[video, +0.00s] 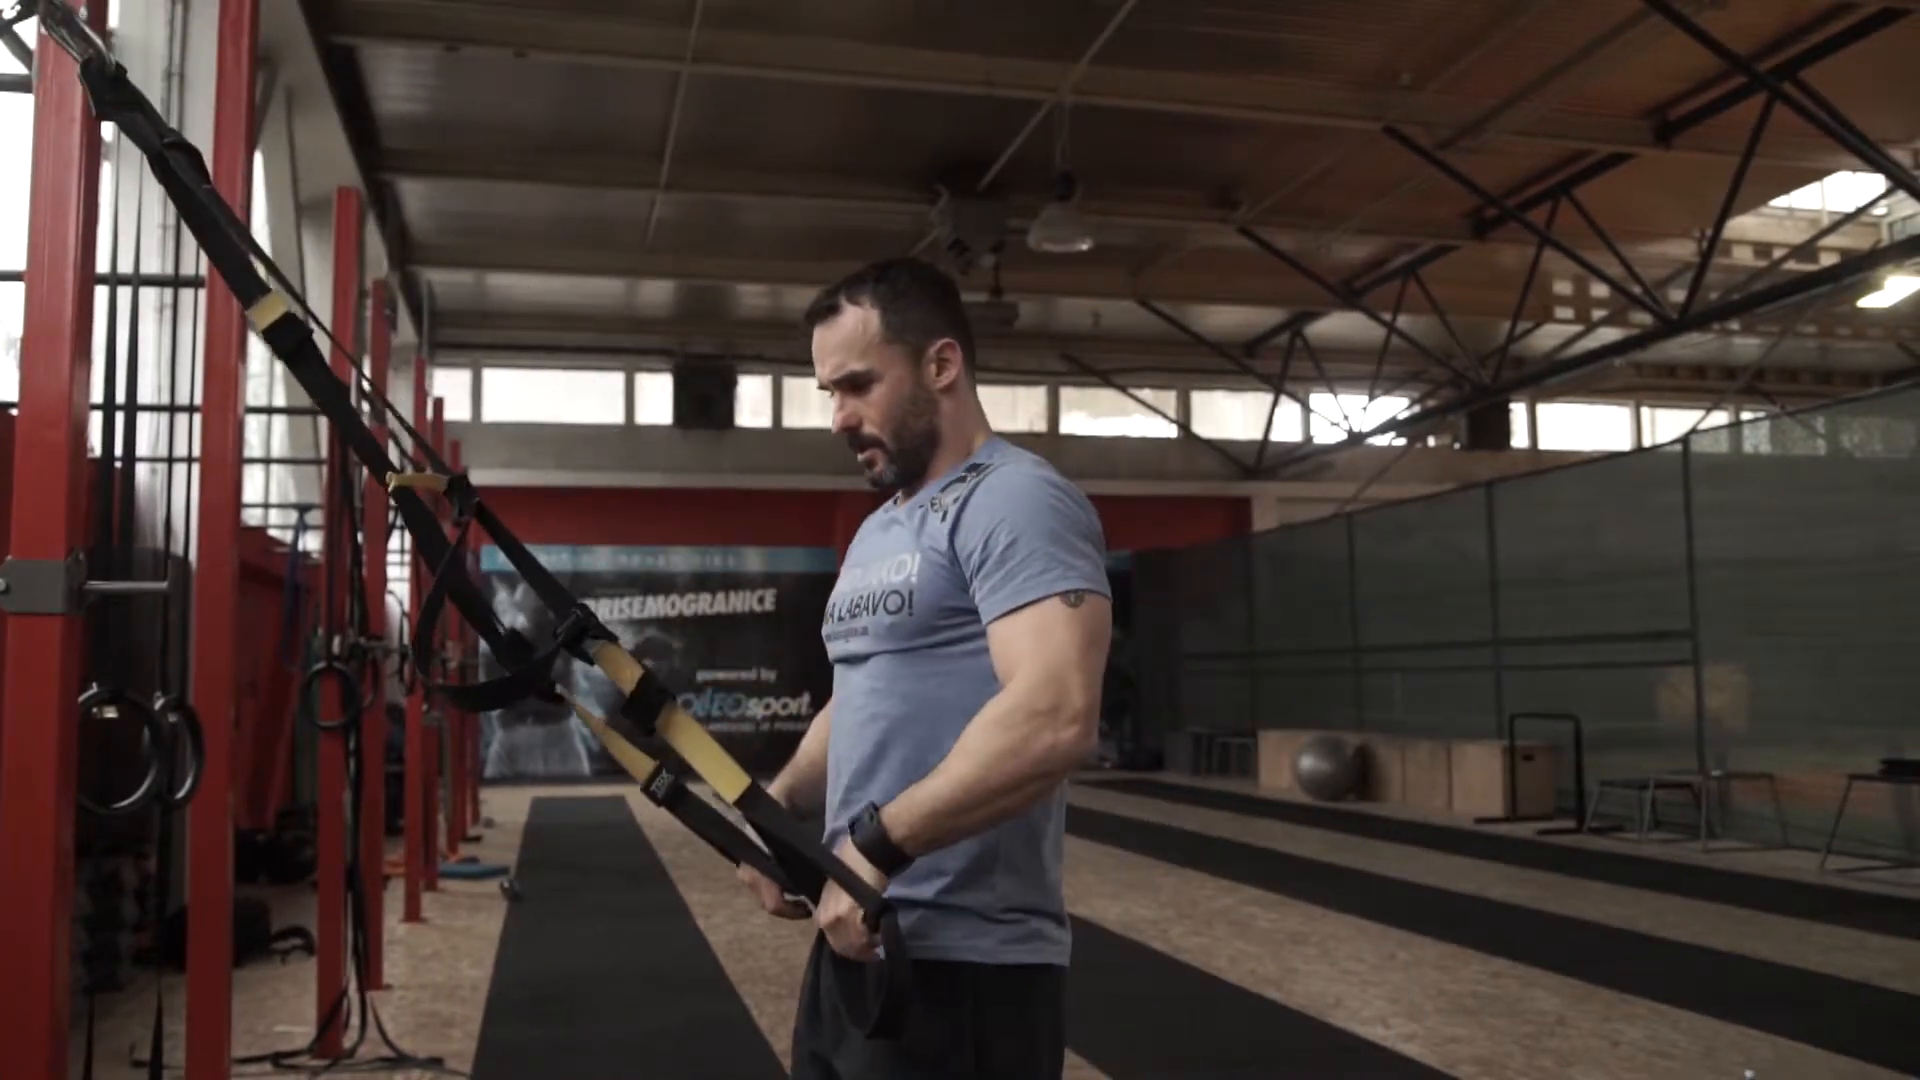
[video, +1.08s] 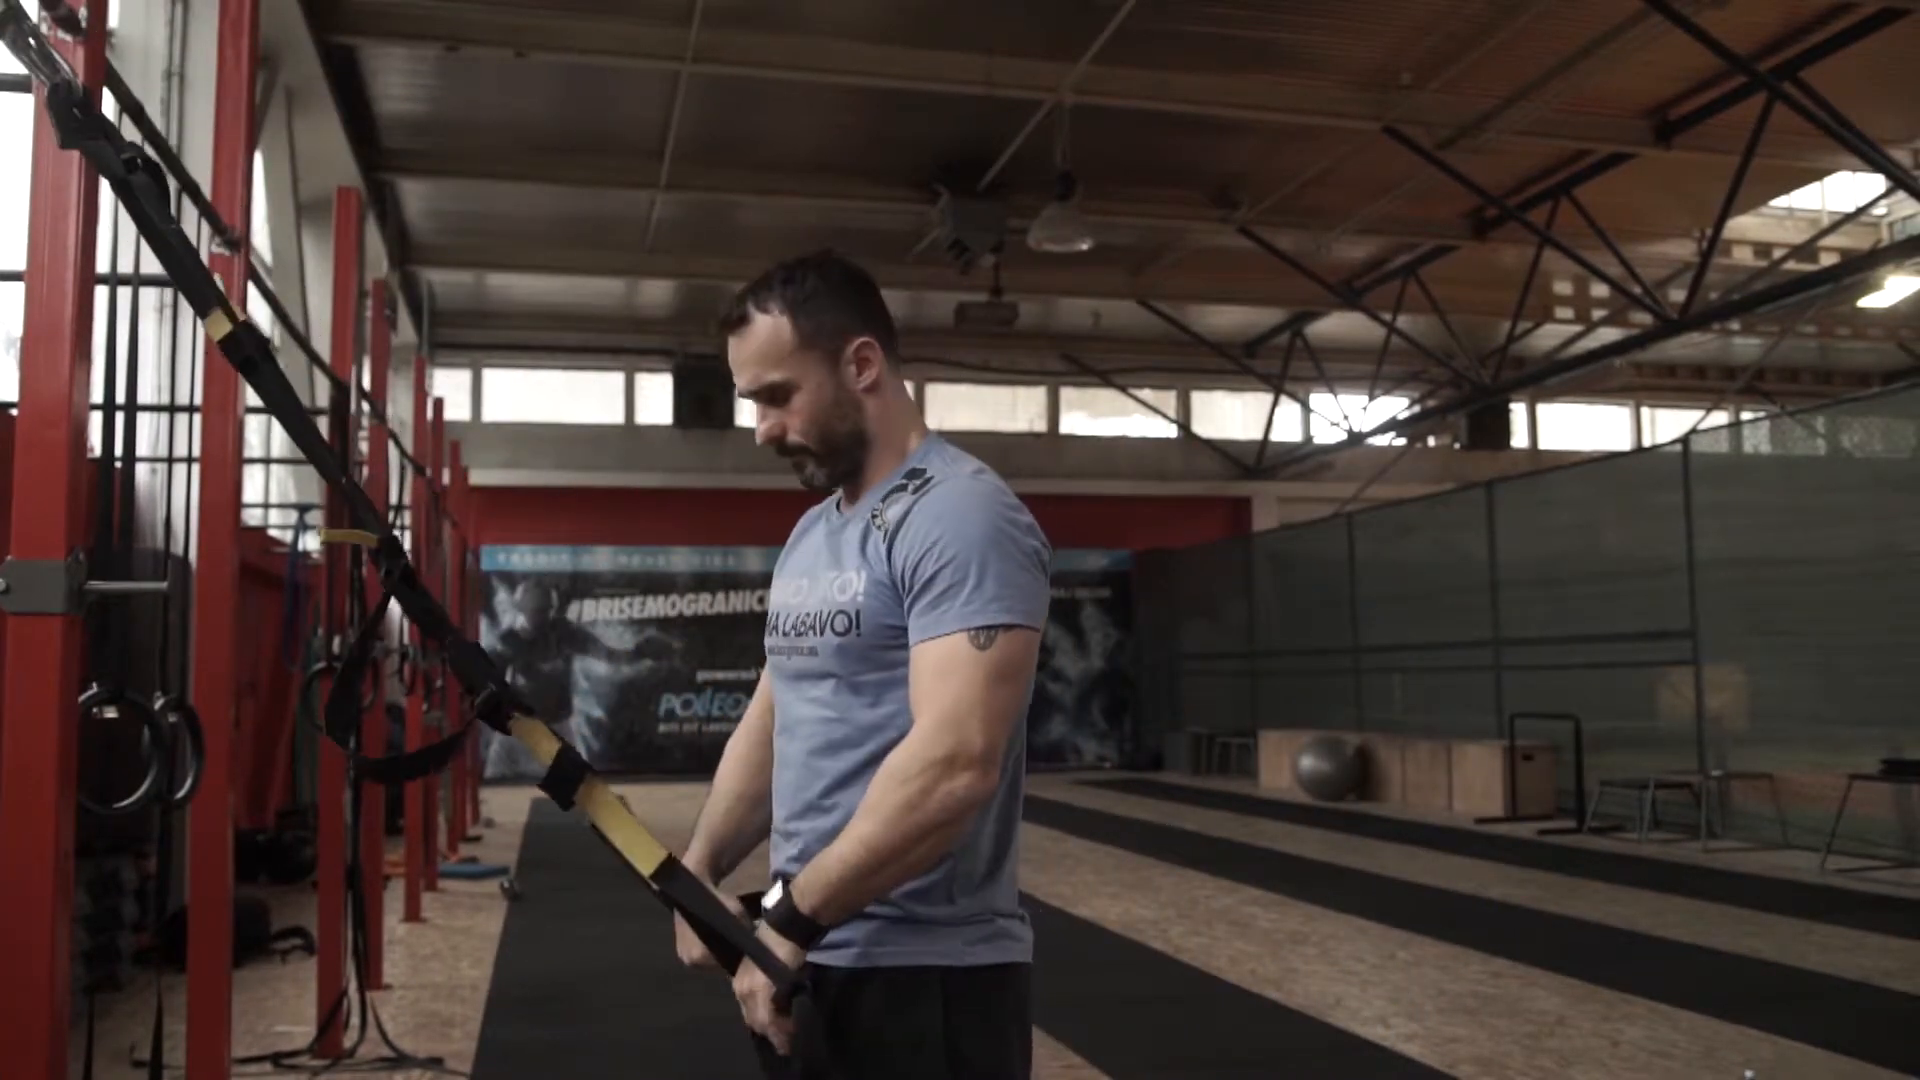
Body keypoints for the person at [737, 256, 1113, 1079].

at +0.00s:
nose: (839, 419)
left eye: (859, 386)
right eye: (831, 394)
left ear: (943, 365)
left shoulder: (1018, 495)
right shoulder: (879, 528)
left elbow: (1054, 715)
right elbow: (859, 700)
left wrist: (874, 845)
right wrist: (776, 813)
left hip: (971, 965)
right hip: (856, 951)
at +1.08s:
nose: (761, 429)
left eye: (778, 395)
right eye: (752, 402)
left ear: (863, 366)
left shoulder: (966, 515)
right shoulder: (812, 534)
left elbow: (959, 761)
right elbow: (772, 716)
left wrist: (789, 917)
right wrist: (701, 866)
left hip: (932, 973)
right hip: (816, 964)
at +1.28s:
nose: (751, 445)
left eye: (765, 409)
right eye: (738, 420)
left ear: (851, 373)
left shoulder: (960, 516)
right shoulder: (795, 537)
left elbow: (942, 759)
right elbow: (757, 721)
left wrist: (775, 913)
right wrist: (695, 883)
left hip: (923, 973)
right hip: (804, 966)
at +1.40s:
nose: (742, 450)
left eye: (756, 414)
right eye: (727, 425)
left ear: (842, 376)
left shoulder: (951, 514)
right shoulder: (786, 539)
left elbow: (922, 762)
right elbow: (748, 723)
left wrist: (761, 921)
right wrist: (684, 888)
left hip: (916, 975)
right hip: (796, 969)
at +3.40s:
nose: (695, 461)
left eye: (704, 425)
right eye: (681, 436)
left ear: (786, 379)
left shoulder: (905, 509)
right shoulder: (773, 541)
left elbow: (852, 775)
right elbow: (741, 735)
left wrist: (722, 955)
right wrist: (680, 895)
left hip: (897, 984)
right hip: (784, 973)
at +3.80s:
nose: (674, 472)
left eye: (684, 436)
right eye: (662, 446)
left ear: (770, 391)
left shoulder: (887, 520)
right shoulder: (762, 535)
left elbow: (899, 799)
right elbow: (765, 734)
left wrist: (770, 943)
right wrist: (721, 901)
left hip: (939, 984)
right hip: (817, 971)